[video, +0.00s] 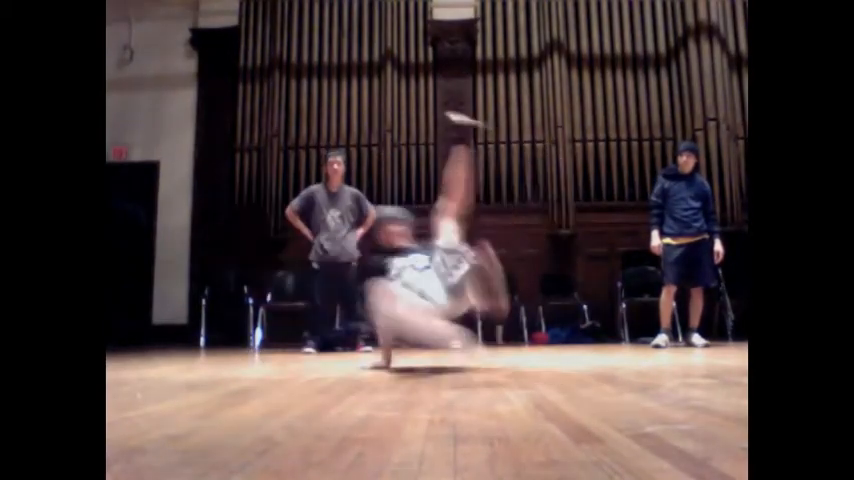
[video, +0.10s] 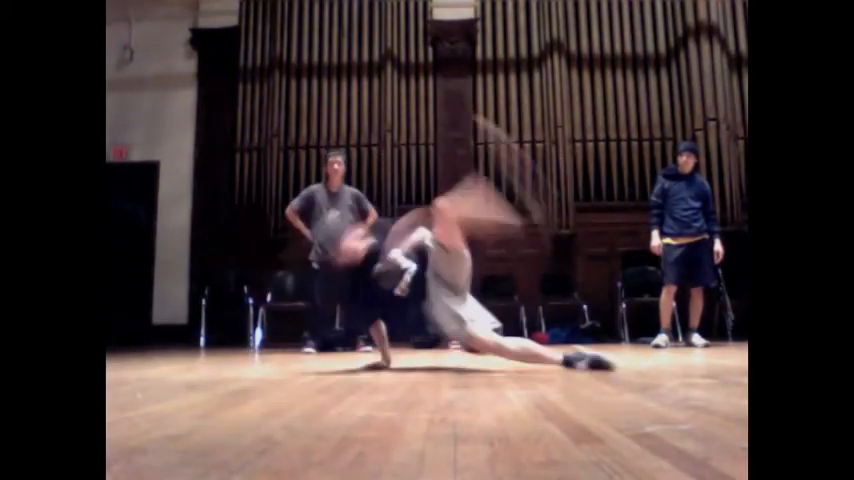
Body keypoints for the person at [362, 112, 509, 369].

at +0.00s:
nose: (396, 232)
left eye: (400, 226)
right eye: (388, 228)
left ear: (410, 228)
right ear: (379, 235)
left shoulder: (431, 252)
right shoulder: (378, 263)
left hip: (460, 289)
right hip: (423, 308)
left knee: (449, 210)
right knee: (381, 296)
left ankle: (462, 140)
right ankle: (458, 340)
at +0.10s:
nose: (354, 243)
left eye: (352, 238)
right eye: (347, 246)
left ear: (361, 237)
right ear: (346, 261)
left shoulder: (388, 251)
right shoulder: (363, 289)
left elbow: (420, 236)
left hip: (443, 282)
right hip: (442, 317)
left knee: (441, 217)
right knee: (487, 344)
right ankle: (565, 359)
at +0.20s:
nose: (352, 243)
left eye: (350, 238)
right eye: (345, 247)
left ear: (360, 236)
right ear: (345, 261)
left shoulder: (387, 249)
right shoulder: (362, 289)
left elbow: (420, 235)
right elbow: (376, 328)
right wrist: (385, 358)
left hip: (442, 280)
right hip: (439, 316)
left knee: (441, 215)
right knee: (487, 344)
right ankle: (566, 359)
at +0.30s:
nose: (351, 311)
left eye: (347, 304)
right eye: (349, 305)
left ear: (345, 290)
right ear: (351, 286)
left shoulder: (363, 281)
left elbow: (382, 324)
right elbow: (384, 321)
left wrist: (385, 363)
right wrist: (385, 360)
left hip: (438, 250)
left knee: (465, 328)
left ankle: (523, 351)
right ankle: (516, 334)